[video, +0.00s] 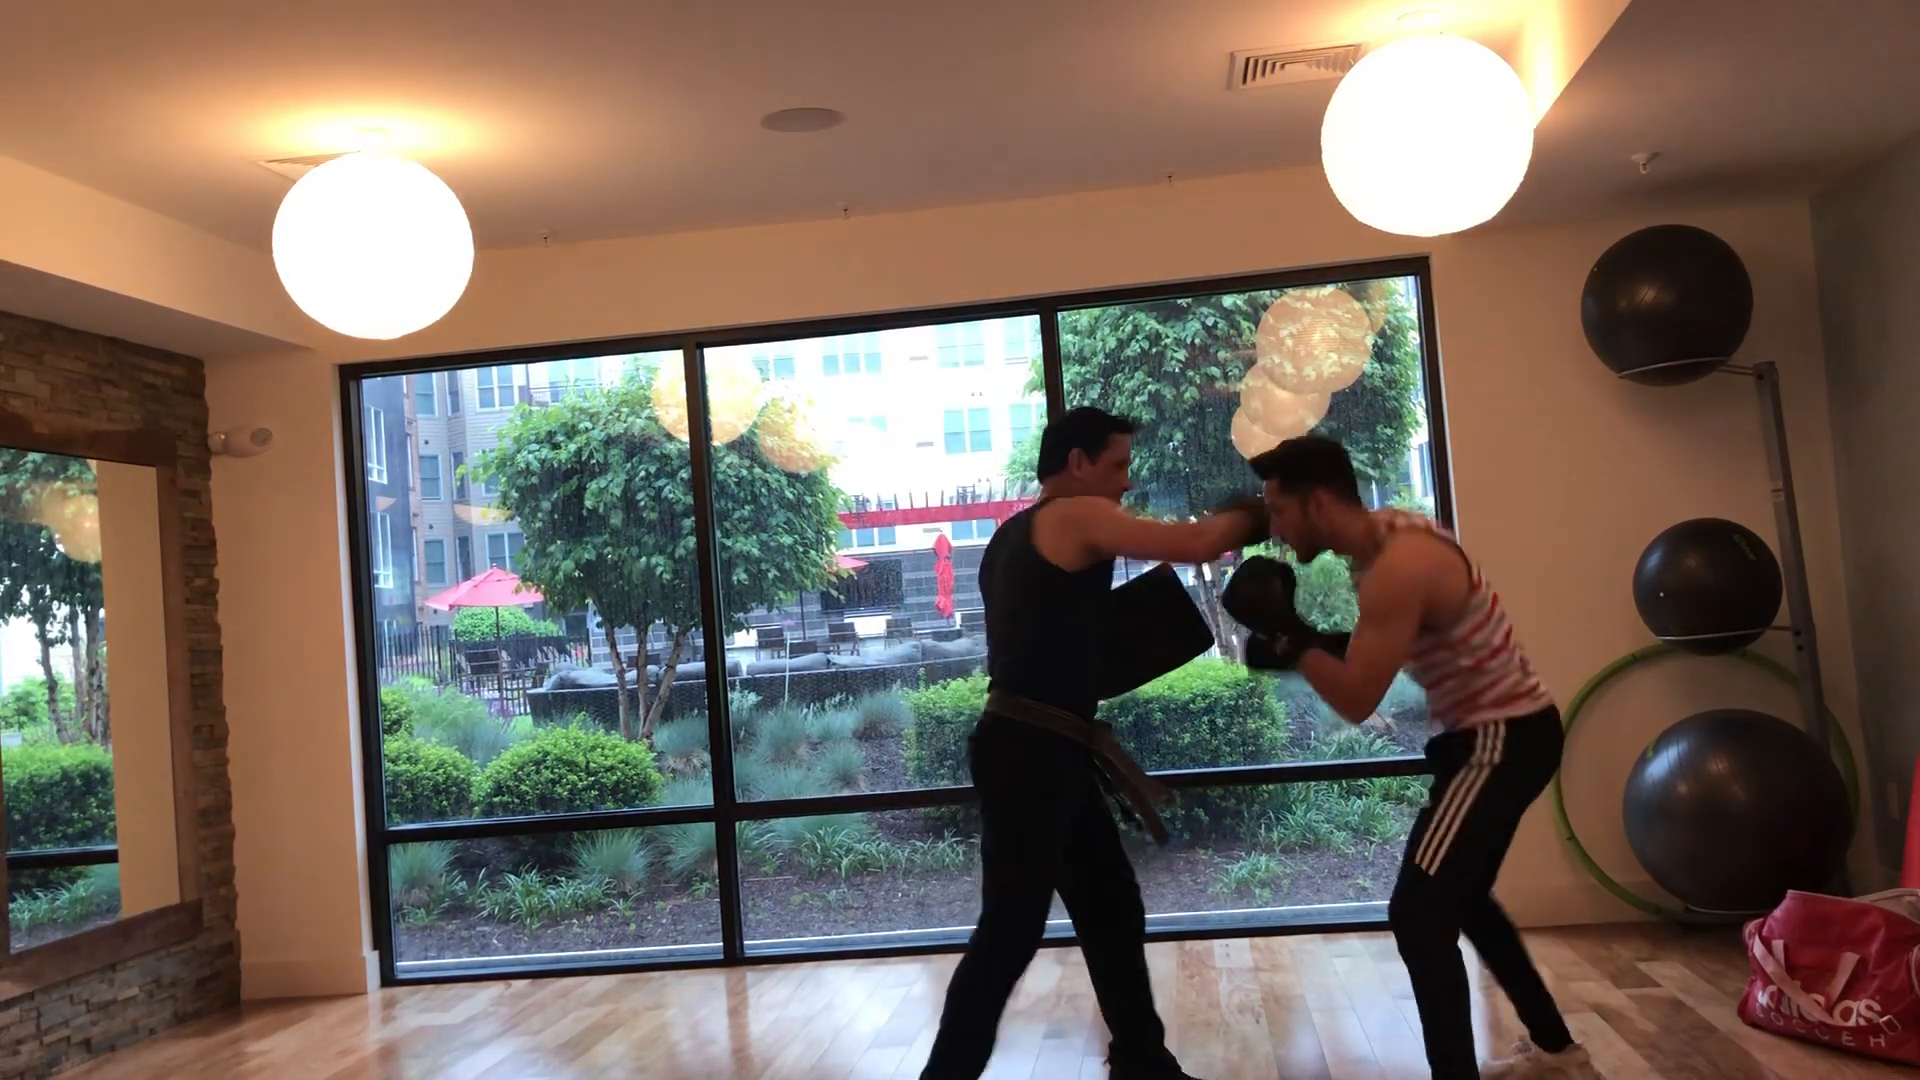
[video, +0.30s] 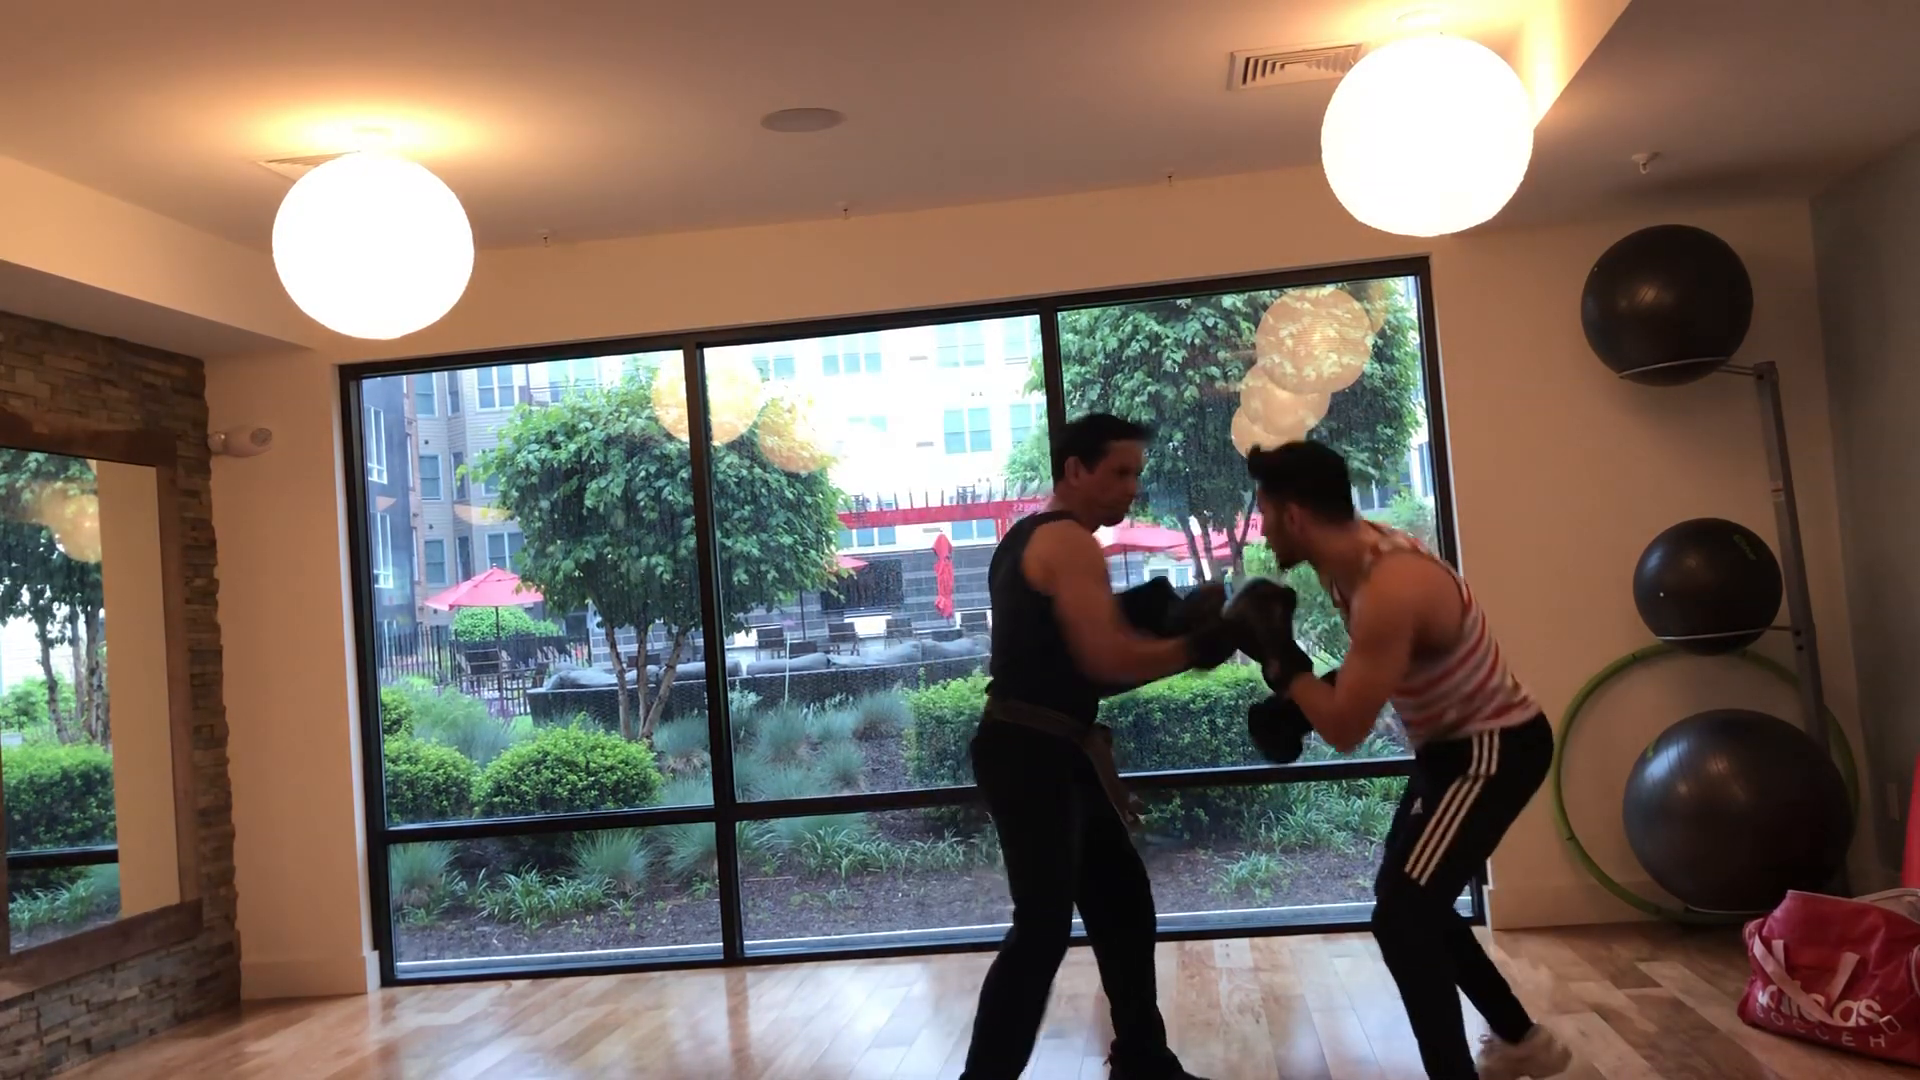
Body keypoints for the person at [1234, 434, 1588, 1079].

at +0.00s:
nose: (1274, 528)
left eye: (1277, 511)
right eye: (1270, 513)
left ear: (1317, 501)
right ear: (1324, 500)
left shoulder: (1400, 565)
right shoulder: (1388, 533)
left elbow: (1354, 700)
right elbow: (1392, 648)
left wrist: (1289, 642)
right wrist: (1312, 641)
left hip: (1501, 735)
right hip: (1492, 727)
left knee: (1417, 912)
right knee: (1466, 895)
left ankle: (1454, 1075)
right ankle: (1552, 1037)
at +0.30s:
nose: (1261, 526)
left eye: (1264, 510)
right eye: (1260, 510)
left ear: (1296, 514)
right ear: (1314, 508)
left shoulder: (1394, 588)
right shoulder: (1349, 558)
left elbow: (1344, 729)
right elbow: (1381, 659)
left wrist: (1276, 652)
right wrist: (1307, 704)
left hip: (1493, 744)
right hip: (1449, 741)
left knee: (1401, 918)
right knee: (1410, 897)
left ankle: (1453, 1075)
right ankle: (1522, 1037)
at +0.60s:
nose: (1276, 524)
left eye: (1274, 504)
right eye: (1266, 511)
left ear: (1304, 479)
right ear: (1326, 469)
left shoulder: (1344, 515)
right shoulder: (1402, 505)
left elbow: (1354, 602)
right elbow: (1411, 630)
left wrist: (1272, 670)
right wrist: (1328, 636)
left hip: (1454, 713)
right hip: (1492, 704)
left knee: (1427, 901)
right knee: (1453, 888)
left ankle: (1461, 1065)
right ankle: (1492, 1042)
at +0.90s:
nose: (1274, 535)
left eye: (1279, 517)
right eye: (1269, 522)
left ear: (1319, 502)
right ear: (1328, 507)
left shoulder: (1344, 541)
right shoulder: (1386, 540)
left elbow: (1386, 618)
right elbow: (1358, 692)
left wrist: (1311, 702)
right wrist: (1296, 633)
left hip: (1471, 708)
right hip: (1513, 706)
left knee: (1373, 886)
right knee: (1433, 873)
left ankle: (1454, 1065)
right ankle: (1492, 1035)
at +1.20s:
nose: (1271, 470)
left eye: (1276, 452)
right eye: (1266, 457)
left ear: (1317, 439)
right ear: (1321, 443)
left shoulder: (1365, 495)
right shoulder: (1384, 488)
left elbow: (1372, 617)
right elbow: (1384, 624)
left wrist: (1289, 591)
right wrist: (1297, 602)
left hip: (1458, 696)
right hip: (1477, 689)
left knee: (1416, 884)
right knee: (1456, 870)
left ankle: (1458, 1064)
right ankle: (1490, 1033)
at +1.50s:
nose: (1283, 488)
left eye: (1285, 471)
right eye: (1278, 474)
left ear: (1325, 456)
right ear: (1332, 456)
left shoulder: (1379, 497)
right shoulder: (1418, 484)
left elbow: (1376, 621)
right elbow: (1391, 615)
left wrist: (1297, 588)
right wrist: (1316, 587)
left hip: (1478, 698)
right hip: (1526, 688)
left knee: (1407, 886)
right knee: (1504, 876)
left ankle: (1451, 1066)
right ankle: (1541, 1035)